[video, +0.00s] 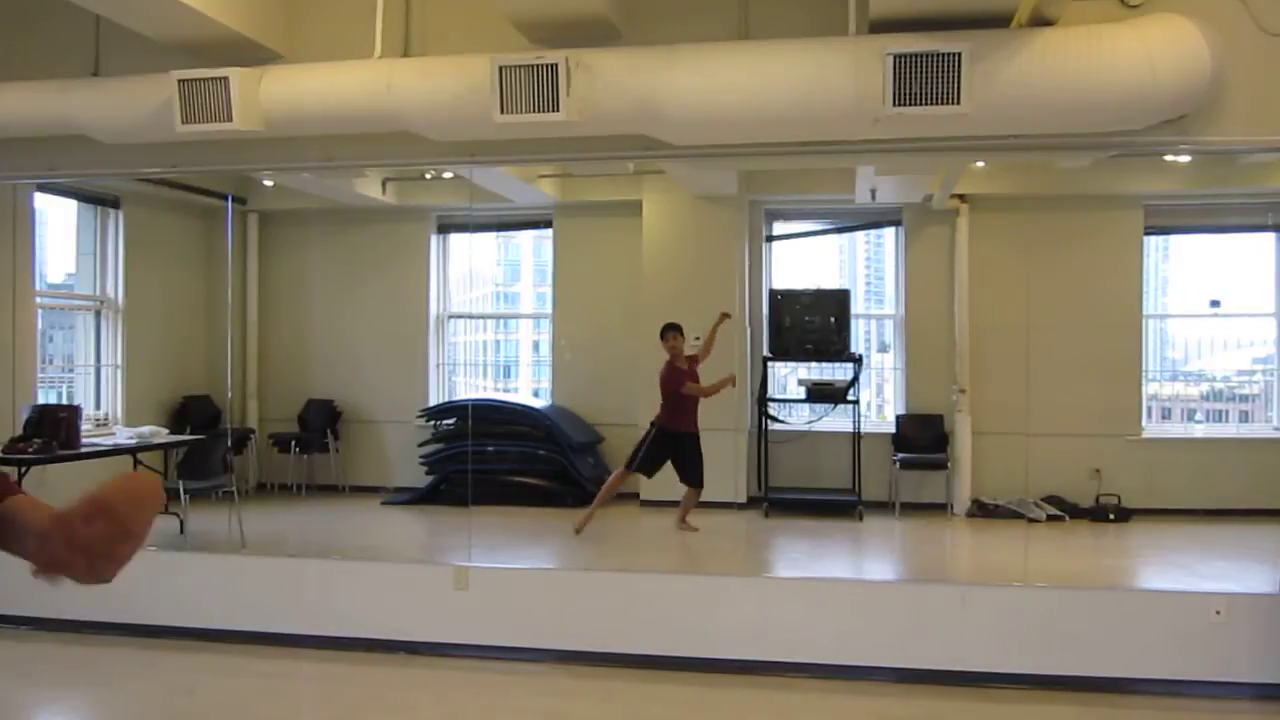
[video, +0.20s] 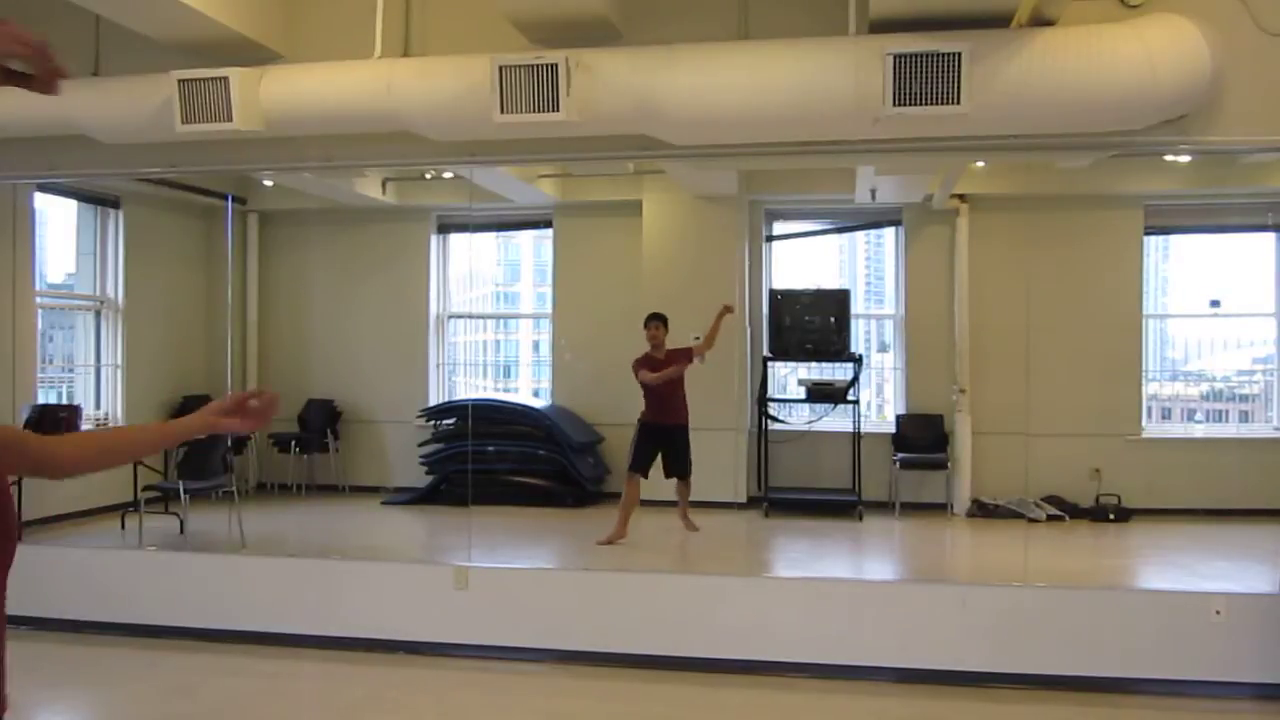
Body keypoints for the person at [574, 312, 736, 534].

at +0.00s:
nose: (672, 343)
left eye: (676, 338)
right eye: (667, 339)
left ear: (684, 340)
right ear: (663, 344)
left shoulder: (691, 362)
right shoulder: (670, 374)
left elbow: (706, 349)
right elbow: (704, 392)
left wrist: (717, 324)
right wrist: (727, 381)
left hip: (687, 433)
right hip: (663, 431)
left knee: (696, 484)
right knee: (627, 470)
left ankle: (681, 520)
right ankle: (590, 513)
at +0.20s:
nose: (653, 333)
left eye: (657, 328)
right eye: (649, 329)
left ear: (665, 331)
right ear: (645, 333)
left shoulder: (678, 355)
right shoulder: (640, 363)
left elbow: (706, 345)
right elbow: (649, 380)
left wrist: (720, 316)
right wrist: (673, 371)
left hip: (677, 425)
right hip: (650, 424)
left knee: (684, 475)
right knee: (633, 474)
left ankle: (684, 514)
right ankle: (620, 528)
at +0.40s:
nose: (641, 327)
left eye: (646, 323)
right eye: (637, 323)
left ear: (655, 327)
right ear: (633, 327)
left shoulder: (665, 353)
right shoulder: (625, 360)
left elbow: (702, 339)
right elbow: (594, 373)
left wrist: (721, 313)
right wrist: (560, 374)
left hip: (656, 424)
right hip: (628, 424)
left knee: (669, 478)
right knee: (627, 479)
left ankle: (679, 518)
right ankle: (621, 533)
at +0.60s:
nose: (633, 319)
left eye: (639, 315)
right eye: (631, 315)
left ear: (649, 318)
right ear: (627, 317)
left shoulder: (653, 342)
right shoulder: (628, 343)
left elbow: (666, 345)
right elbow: (614, 336)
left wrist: (675, 341)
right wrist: (615, 307)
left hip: (646, 416)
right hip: (626, 416)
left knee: (647, 474)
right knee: (616, 469)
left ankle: (669, 524)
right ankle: (617, 527)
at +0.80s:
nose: (628, 324)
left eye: (631, 319)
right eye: (629, 319)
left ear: (644, 321)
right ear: (651, 321)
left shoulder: (638, 349)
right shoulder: (669, 339)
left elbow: (603, 376)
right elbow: (674, 316)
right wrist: (653, 315)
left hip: (640, 418)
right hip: (665, 416)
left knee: (643, 475)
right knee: (639, 468)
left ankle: (653, 536)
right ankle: (615, 508)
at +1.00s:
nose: (671, 335)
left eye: (670, 331)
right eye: (669, 331)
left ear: (645, 332)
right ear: (663, 332)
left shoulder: (627, 359)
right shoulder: (671, 357)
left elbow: (593, 363)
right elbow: (701, 344)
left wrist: (565, 363)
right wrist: (705, 328)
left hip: (636, 434)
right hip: (666, 434)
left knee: (647, 491)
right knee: (679, 489)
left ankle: (656, 542)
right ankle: (701, 529)